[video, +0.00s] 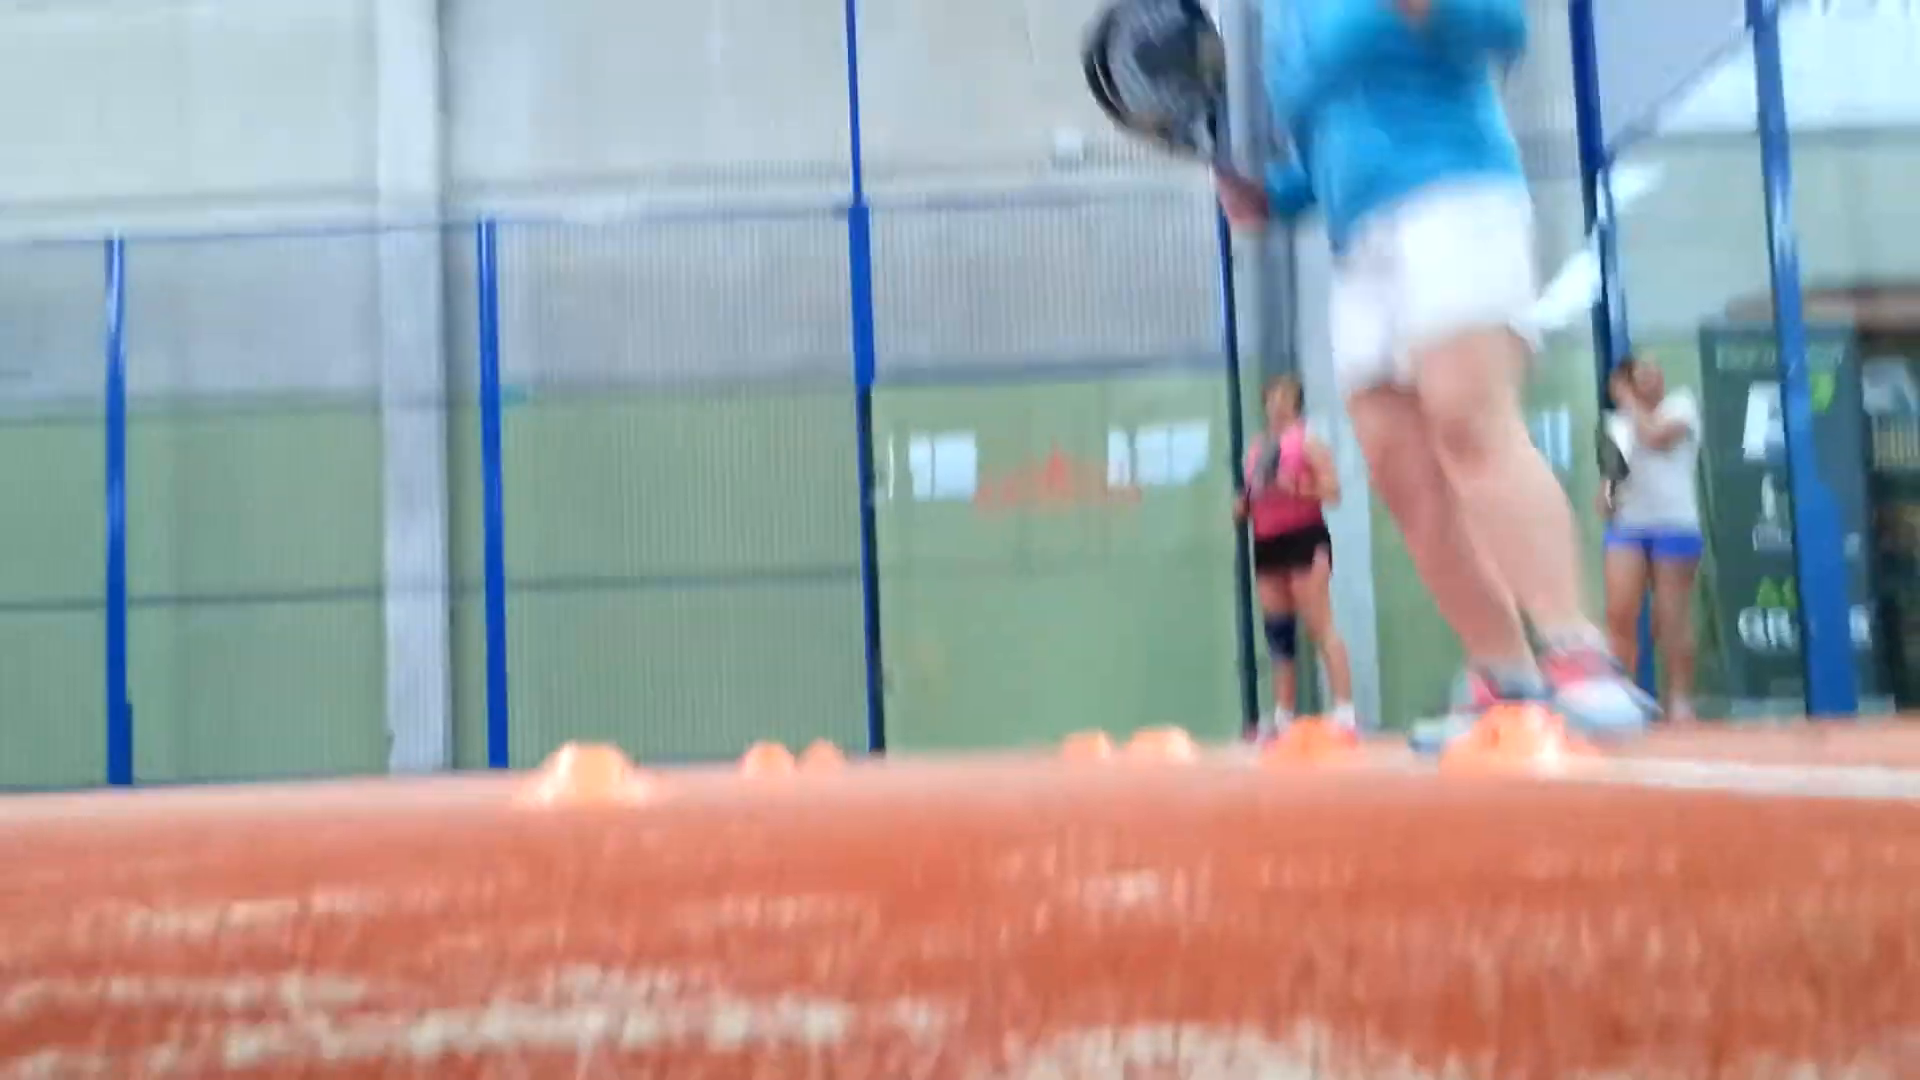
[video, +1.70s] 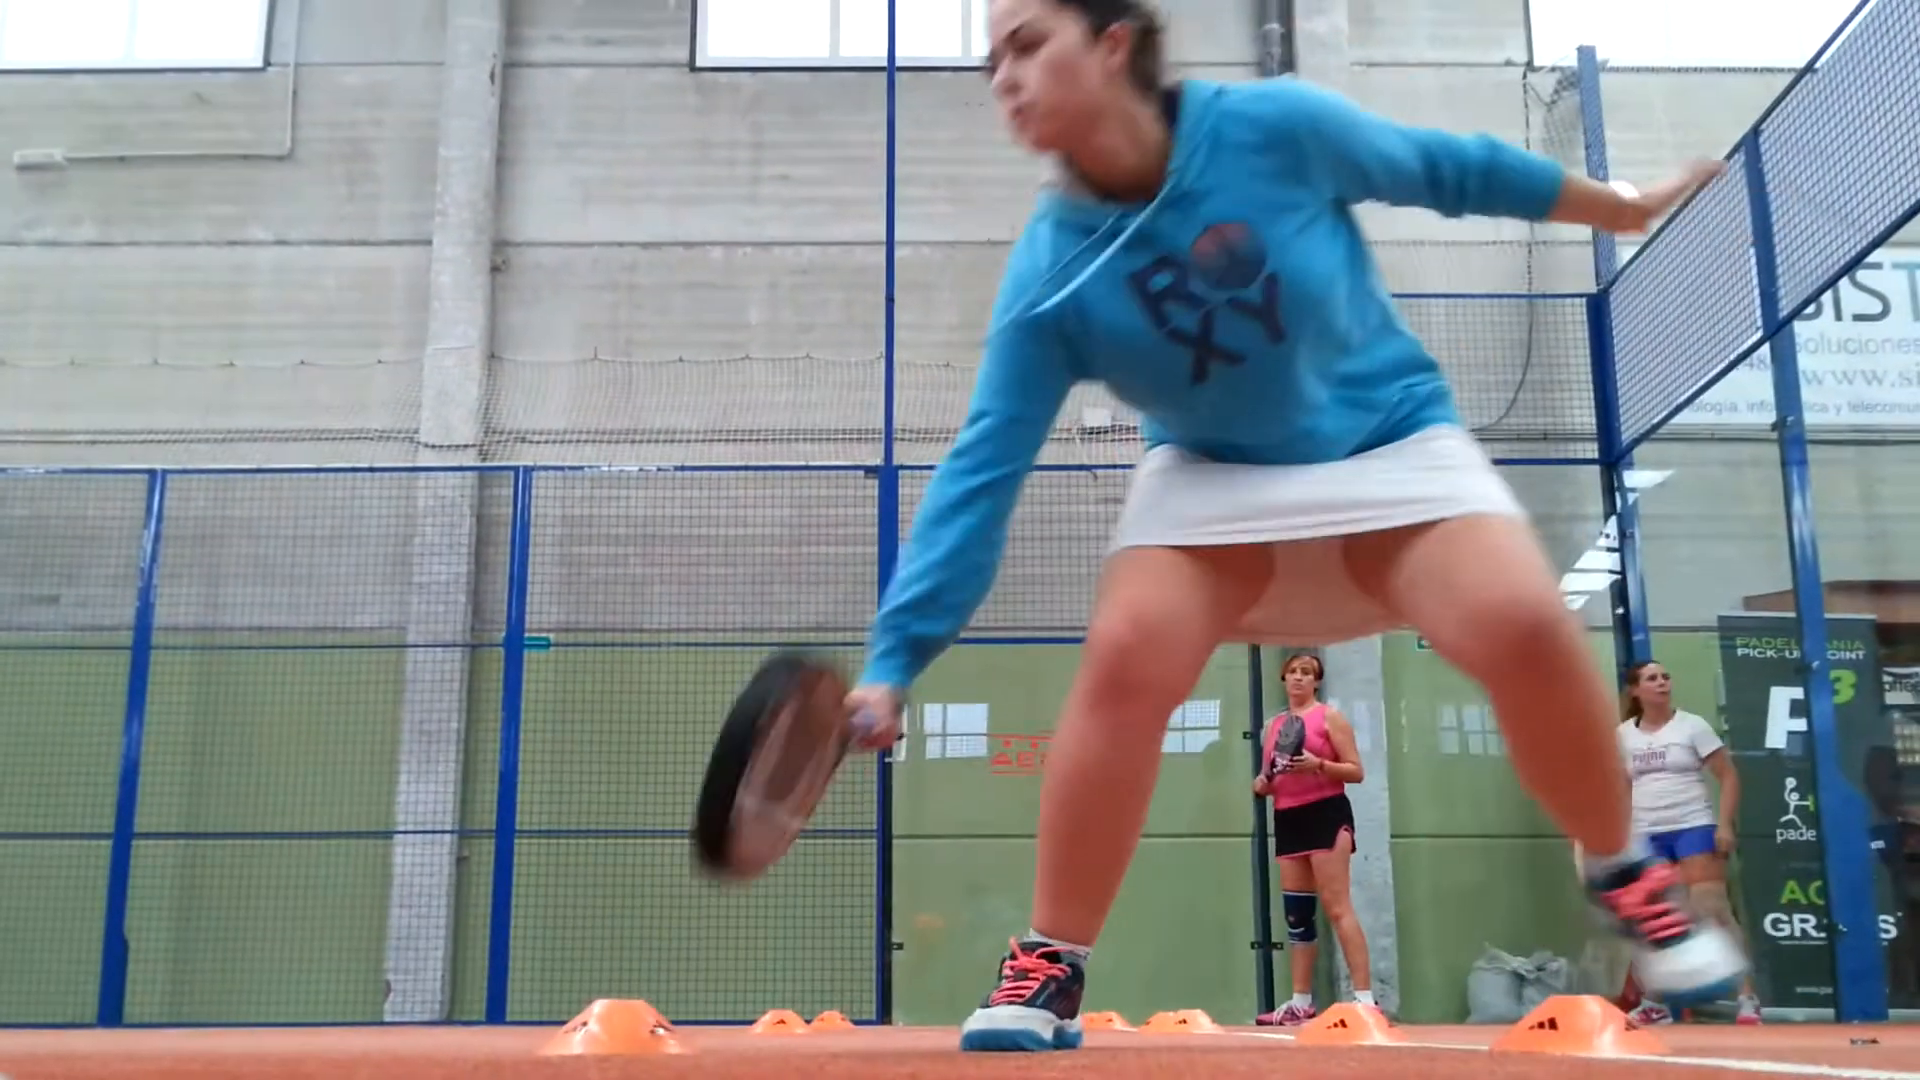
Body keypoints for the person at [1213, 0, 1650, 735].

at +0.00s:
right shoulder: (1286, 15)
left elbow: (1506, 29)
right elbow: (1331, 157)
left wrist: (1433, 11)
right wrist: (1269, 195)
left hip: (1455, 188)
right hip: (1357, 228)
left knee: (1470, 416)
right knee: (1399, 461)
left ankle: (1581, 664)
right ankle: (1510, 686)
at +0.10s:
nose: (1284, 56)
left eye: (1299, 32)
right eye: (1272, 41)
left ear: (1349, 30)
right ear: (1268, 56)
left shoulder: (1417, 110)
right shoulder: (1315, 177)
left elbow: (1503, 218)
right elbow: (1338, 350)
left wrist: (1402, 207)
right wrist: (1281, 378)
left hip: (1475, 398)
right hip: (1372, 439)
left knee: (1491, 620)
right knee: (1383, 675)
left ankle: (1623, 860)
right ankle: (1493, 858)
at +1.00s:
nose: (1254, 27)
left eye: (1278, 5)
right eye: (1247, 13)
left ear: (1358, 9)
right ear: (1252, 38)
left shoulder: (1475, 112)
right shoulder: (1268, 193)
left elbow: (1622, 235)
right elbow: (1229, 379)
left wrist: (1555, 277)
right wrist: (1260, 438)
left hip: (1529, 449)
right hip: (1368, 481)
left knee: (1527, 670)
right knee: (1288, 676)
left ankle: (1581, 965)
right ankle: (1420, 895)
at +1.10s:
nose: (1181, 49)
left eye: (1202, 21)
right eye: (1172, 34)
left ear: (1282, 15)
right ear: (1177, 54)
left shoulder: (1420, 108)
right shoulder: (1209, 214)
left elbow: (1574, 207)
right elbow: (1147, 401)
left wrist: (1587, 256)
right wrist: (1164, 494)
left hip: (1503, 441)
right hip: (1346, 469)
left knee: (1516, 673)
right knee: (1237, 597)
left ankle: (1581, 969)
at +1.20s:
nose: (1100, 92)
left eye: (1116, 52)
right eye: (1087, 71)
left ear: (1202, 34)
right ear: (1093, 85)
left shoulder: (1348, 122)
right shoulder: (1133, 252)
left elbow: (1509, 187)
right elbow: (1070, 430)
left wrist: (1606, 248)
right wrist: (1039, 590)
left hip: (1447, 437)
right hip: (1282, 466)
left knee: (1496, 683)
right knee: (1187, 673)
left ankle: (1574, 966)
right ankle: (1045, 958)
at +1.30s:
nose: (1026, 139)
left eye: (1041, 102)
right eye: (1012, 120)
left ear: (1129, 77)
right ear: (1025, 133)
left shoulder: (1284, 145)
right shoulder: (1074, 295)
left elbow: (1456, 181)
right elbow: (999, 487)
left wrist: (1615, 237)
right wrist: (924, 682)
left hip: (1378, 445)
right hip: (1210, 461)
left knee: (1460, 690)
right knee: (1131, 649)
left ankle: (1549, 955)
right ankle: (1042, 956)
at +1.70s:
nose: (1004, 85)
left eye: (1026, 48)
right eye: (995, 67)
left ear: (1119, 46)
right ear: (1007, 101)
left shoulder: (1273, 128)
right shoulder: (1050, 277)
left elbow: (1451, 171)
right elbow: (980, 470)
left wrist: (1620, 210)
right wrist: (887, 667)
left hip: (1389, 434)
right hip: (1211, 465)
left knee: (1525, 623)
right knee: (1126, 647)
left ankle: (1624, 877)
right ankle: (1046, 969)